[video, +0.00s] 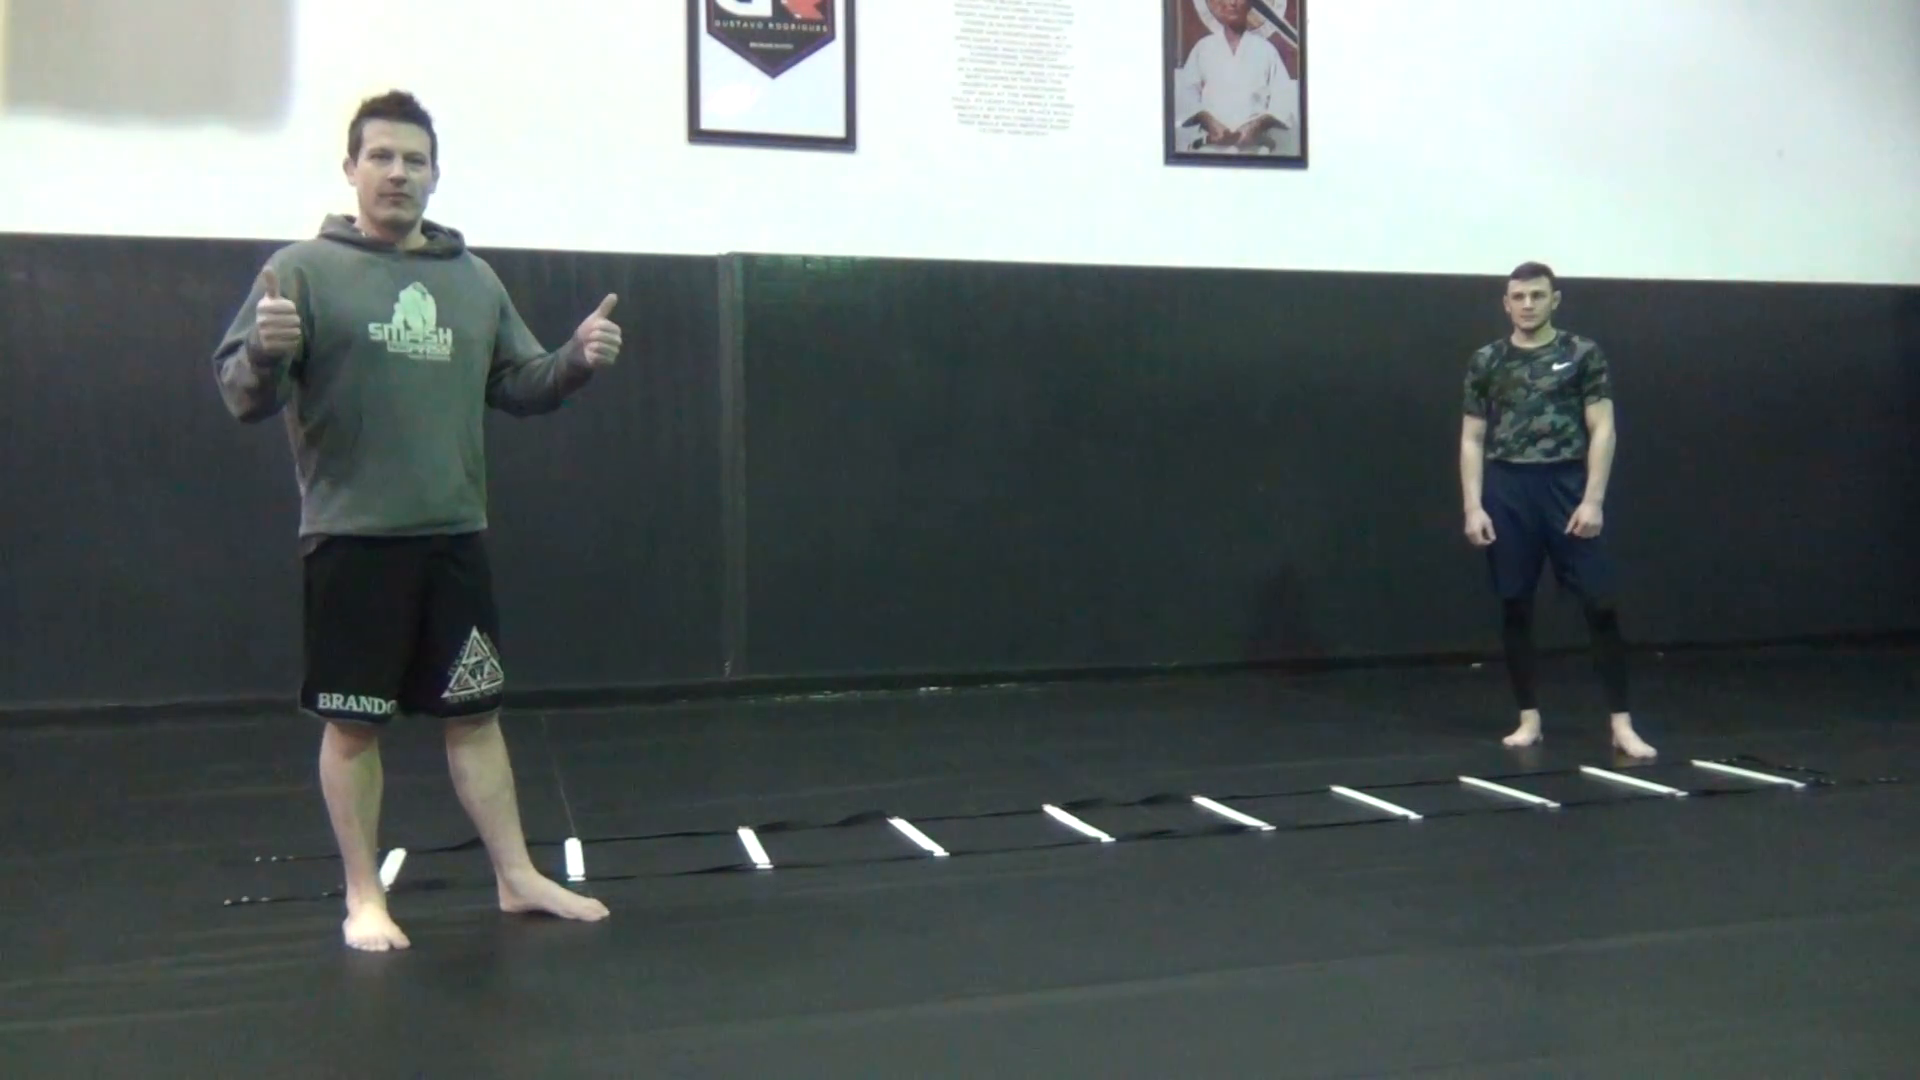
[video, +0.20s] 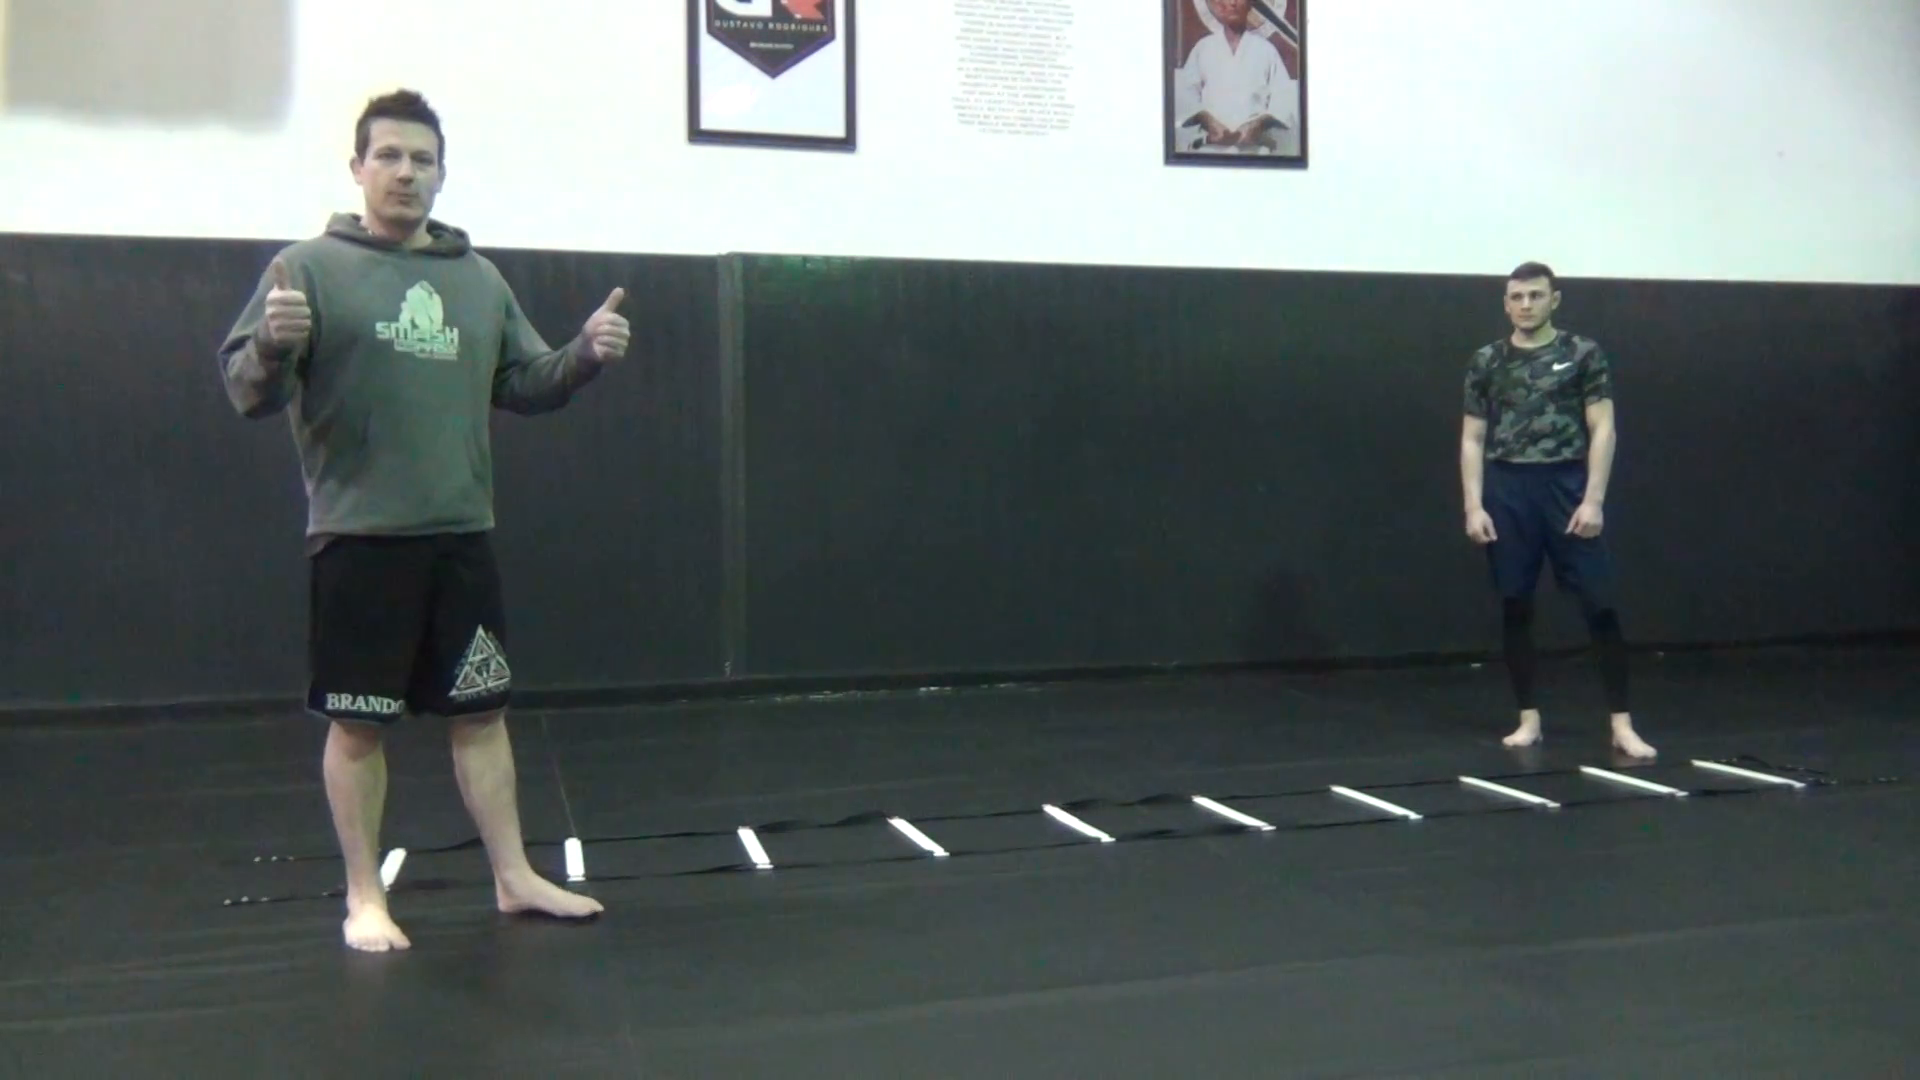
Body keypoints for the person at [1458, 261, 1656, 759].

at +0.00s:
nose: (1527, 305)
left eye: (1537, 296)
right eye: (1518, 297)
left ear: (1555, 300)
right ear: (1506, 302)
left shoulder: (1583, 354)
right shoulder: (1487, 361)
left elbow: (1602, 430)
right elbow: (1472, 438)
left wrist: (1593, 500)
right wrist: (1472, 507)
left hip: (1569, 490)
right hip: (1507, 492)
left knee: (1601, 601)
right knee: (1514, 604)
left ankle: (1620, 722)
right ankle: (1528, 717)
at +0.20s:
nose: (1524, 305)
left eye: (1535, 296)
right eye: (1516, 297)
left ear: (1554, 300)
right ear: (1505, 302)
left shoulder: (1584, 353)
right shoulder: (1487, 361)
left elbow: (1603, 429)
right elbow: (1472, 439)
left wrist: (1593, 500)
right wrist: (1473, 506)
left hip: (1569, 490)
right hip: (1507, 491)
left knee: (1600, 603)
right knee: (1515, 604)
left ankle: (1621, 723)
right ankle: (1528, 718)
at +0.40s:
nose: (1524, 305)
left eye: (1534, 296)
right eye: (1516, 297)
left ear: (1554, 300)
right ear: (1505, 303)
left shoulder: (1585, 354)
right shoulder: (1487, 361)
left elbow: (1603, 430)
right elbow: (1473, 438)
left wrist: (1594, 500)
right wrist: (1473, 505)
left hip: (1569, 490)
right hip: (1507, 492)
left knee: (1601, 603)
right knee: (1514, 605)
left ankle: (1620, 723)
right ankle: (1528, 718)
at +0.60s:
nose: (1523, 305)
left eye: (1534, 296)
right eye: (1515, 297)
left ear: (1555, 300)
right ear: (1506, 303)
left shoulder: (1585, 353)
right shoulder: (1487, 361)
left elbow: (1603, 429)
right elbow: (1473, 438)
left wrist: (1594, 499)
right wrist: (1474, 504)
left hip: (1569, 490)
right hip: (1508, 491)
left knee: (1600, 603)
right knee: (1514, 605)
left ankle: (1621, 723)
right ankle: (1528, 718)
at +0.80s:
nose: (1523, 304)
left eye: (1533, 295)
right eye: (1515, 297)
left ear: (1554, 300)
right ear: (1506, 303)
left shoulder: (1585, 354)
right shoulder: (1487, 361)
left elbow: (1604, 428)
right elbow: (1474, 439)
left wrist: (1595, 499)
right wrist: (1475, 504)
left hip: (1570, 490)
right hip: (1509, 491)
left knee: (1600, 604)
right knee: (1514, 605)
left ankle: (1621, 724)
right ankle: (1528, 718)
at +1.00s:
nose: (1521, 304)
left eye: (1532, 295)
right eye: (1514, 296)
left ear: (1555, 300)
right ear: (1506, 302)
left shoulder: (1585, 354)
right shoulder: (1488, 361)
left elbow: (1604, 428)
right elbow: (1473, 438)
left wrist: (1595, 499)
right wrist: (1472, 504)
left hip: (1570, 491)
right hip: (1508, 492)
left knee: (1601, 604)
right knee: (1515, 605)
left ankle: (1620, 723)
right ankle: (1528, 717)